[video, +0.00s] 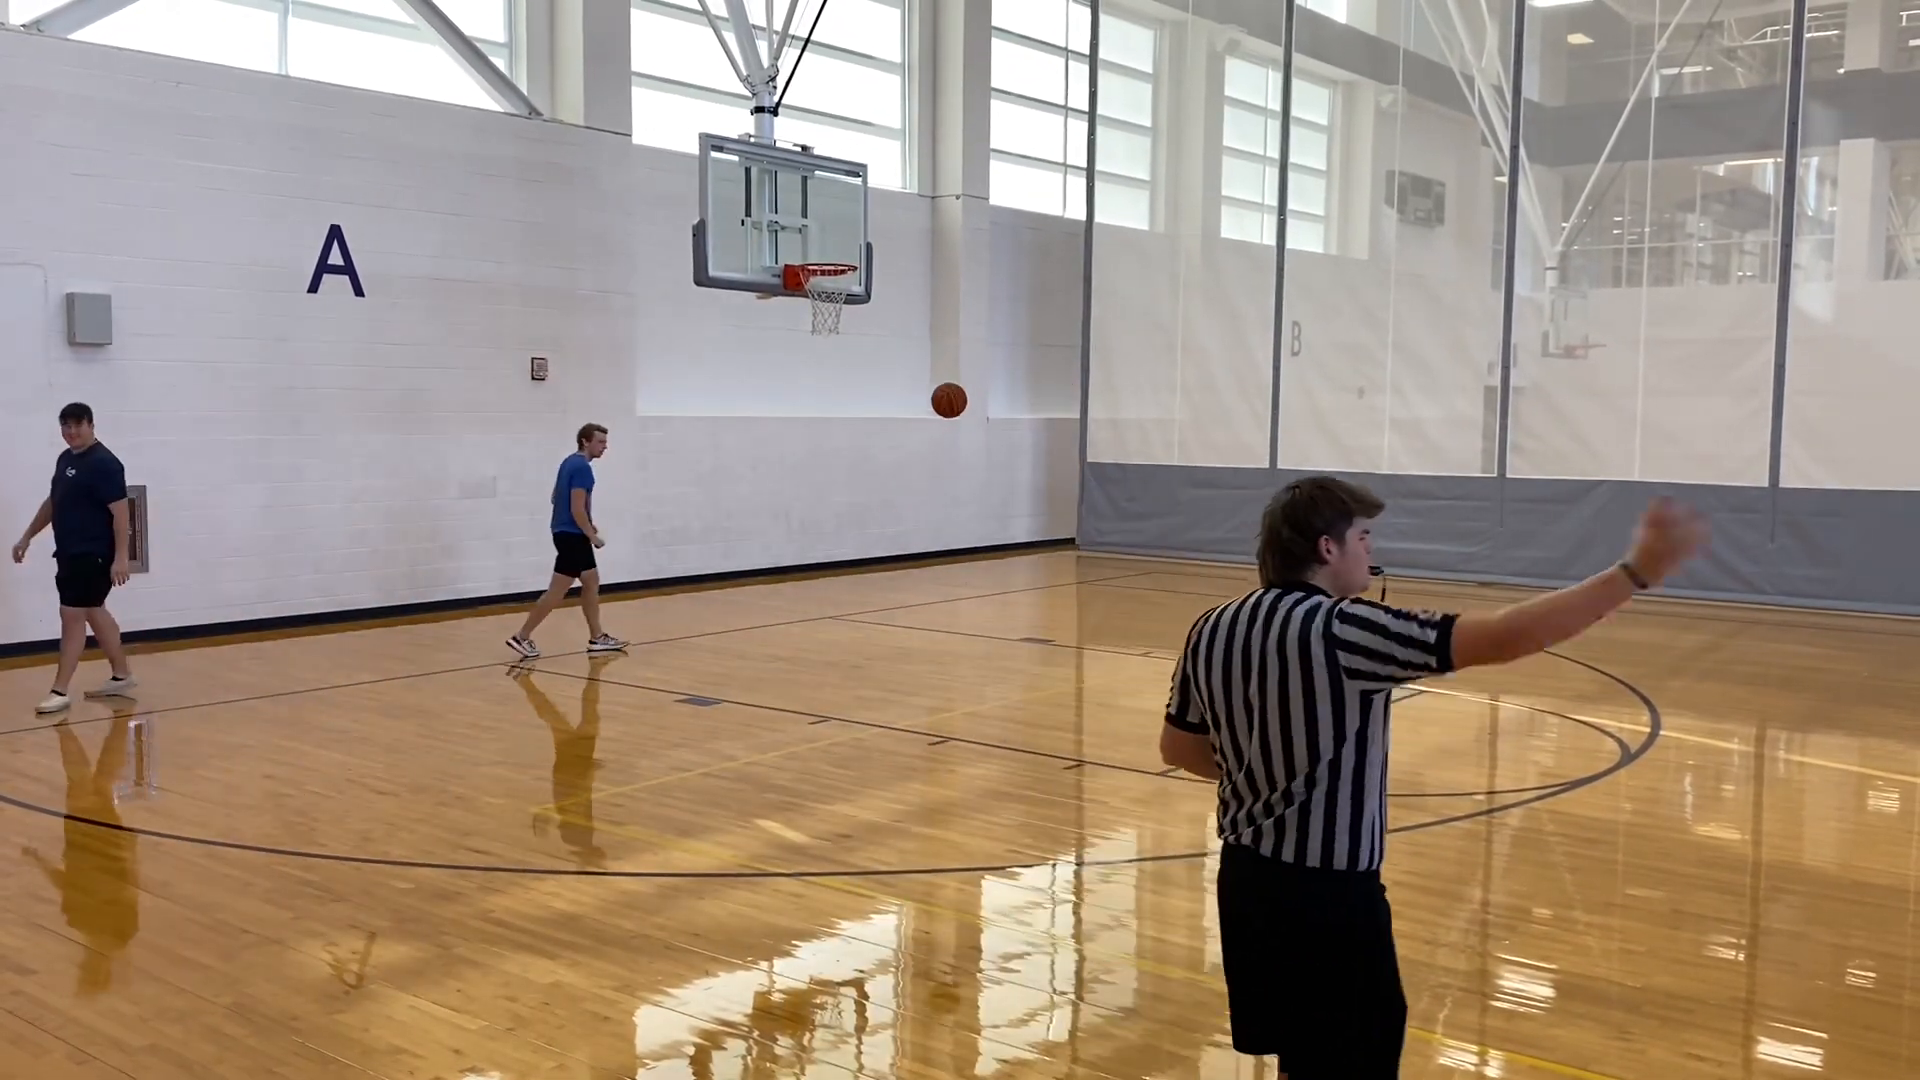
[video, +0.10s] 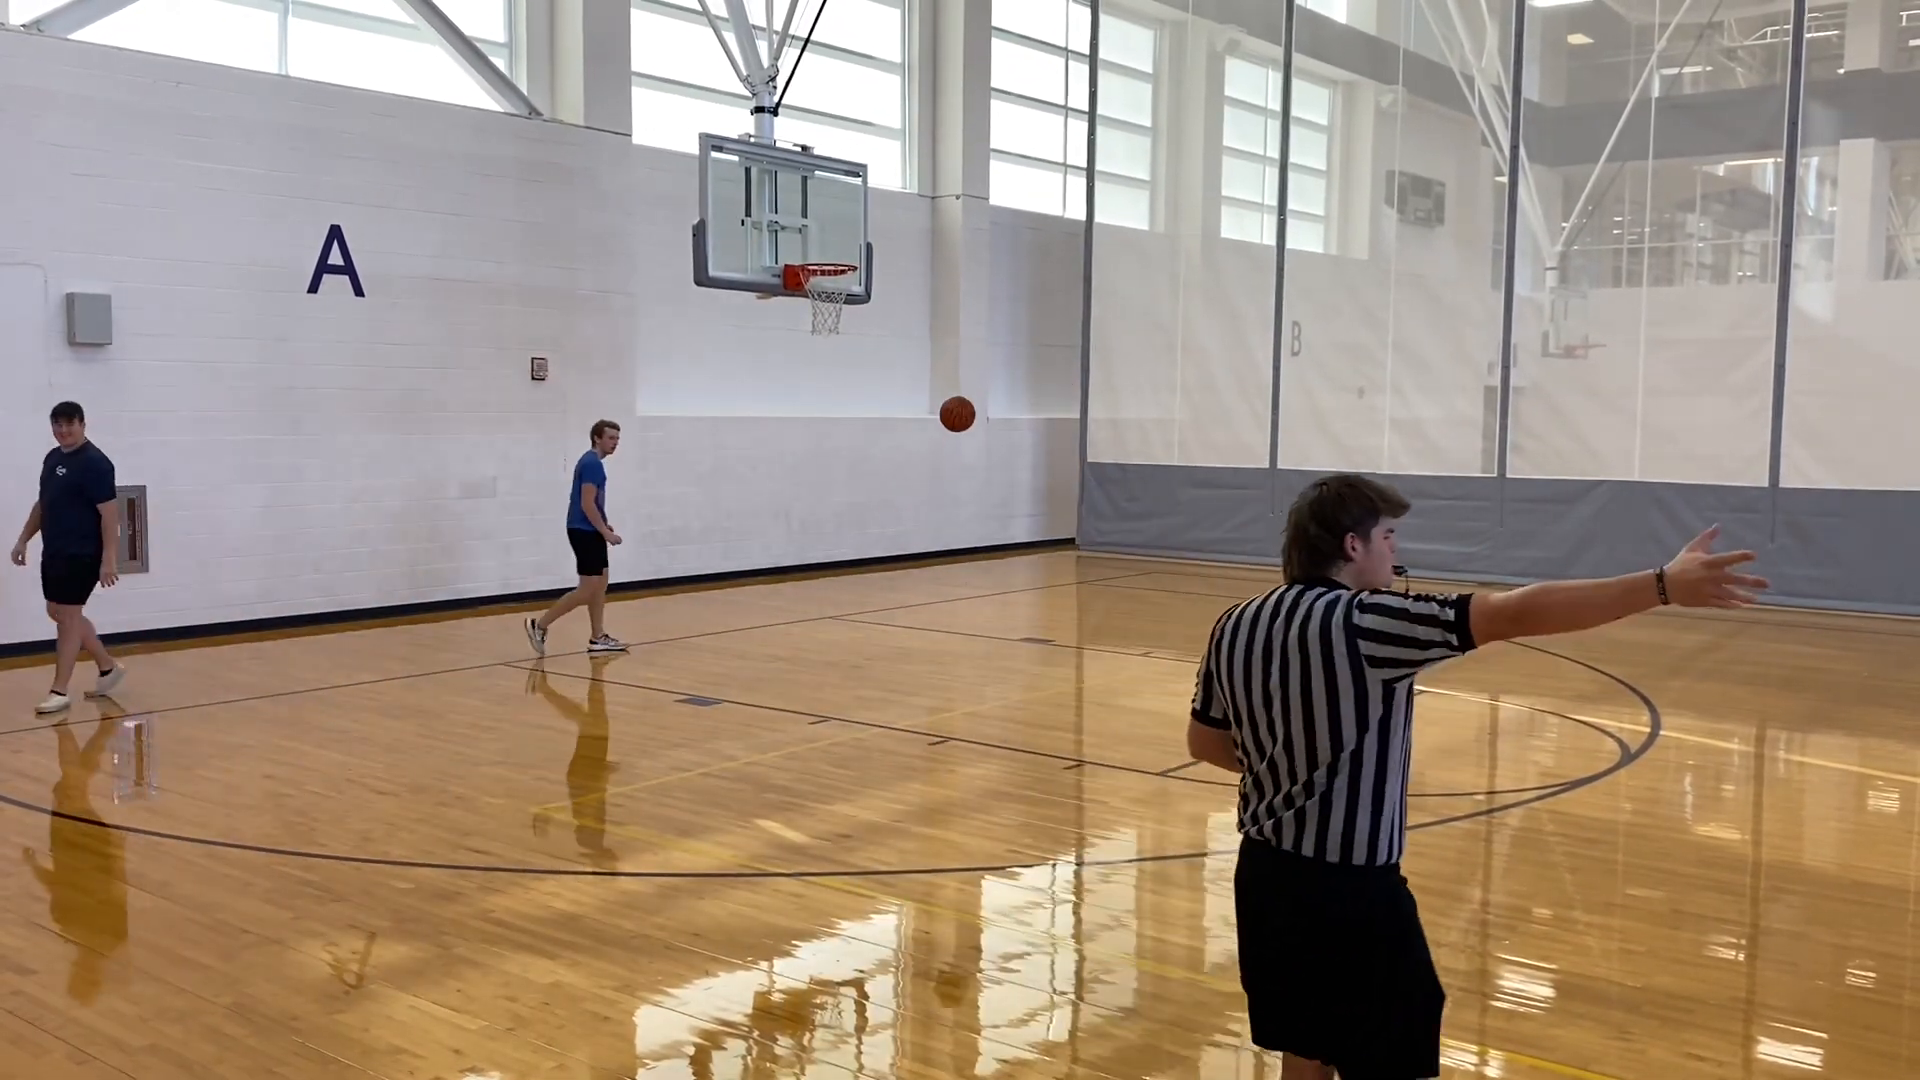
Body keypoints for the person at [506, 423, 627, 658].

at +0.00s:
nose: (604, 447)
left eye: (605, 442)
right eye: (601, 442)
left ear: (586, 444)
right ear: (585, 442)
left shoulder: (569, 463)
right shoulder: (582, 467)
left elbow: (556, 498)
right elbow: (577, 509)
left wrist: (587, 524)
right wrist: (593, 536)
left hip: (566, 533)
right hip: (573, 535)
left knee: (591, 582)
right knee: (556, 591)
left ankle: (598, 637)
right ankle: (521, 637)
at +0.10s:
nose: (615, 443)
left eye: (617, 439)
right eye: (611, 438)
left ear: (607, 441)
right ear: (597, 439)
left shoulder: (594, 462)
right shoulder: (591, 463)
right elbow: (587, 504)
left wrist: (605, 525)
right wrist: (605, 531)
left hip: (592, 530)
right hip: (584, 530)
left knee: (600, 581)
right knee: (588, 589)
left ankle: (598, 637)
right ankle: (539, 626)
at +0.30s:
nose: (637, 438)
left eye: (639, 434)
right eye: (632, 434)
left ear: (638, 437)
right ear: (619, 434)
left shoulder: (627, 460)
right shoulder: (608, 461)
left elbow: (623, 496)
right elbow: (601, 501)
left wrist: (638, 515)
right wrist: (623, 527)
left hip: (617, 526)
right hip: (609, 527)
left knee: (608, 578)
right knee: (635, 578)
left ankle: (599, 632)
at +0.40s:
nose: (648, 440)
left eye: (650, 436)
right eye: (644, 435)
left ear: (651, 438)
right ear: (631, 436)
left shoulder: (641, 462)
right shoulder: (619, 463)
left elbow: (640, 495)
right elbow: (609, 502)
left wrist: (660, 514)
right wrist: (630, 530)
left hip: (629, 528)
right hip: (622, 529)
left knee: (612, 580)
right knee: (646, 578)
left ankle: (599, 633)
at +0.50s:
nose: (661, 444)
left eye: (663, 440)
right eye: (657, 439)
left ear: (663, 442)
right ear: (644, 440)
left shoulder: (654, 465)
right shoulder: (632, 467)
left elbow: (657, 498)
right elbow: (621, 506)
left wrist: (679, 516)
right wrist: (638, 536)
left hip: (644, 533)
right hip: (634, 535)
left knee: (620, 582)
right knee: (656, 584)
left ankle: (601, 632)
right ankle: (679, 635)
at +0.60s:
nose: (675, 445)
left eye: (678, 441)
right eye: (671, 440)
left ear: (678, 443)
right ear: (658, 442)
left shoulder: (670, 467)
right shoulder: (646, 469)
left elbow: (670, 500)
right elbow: (635, 508)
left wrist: (693, 518)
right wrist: (649, 540)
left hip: (660, 533)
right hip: (651, 535)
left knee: (639, 582)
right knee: (672, 584)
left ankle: (606, 628)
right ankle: (687, 638)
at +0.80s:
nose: (700, 441)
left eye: (703, 437)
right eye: (696, 436)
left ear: (704, 440)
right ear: (684, 438)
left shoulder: (698, 463)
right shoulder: (673, 466)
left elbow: (697, 500)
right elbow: (665, 508)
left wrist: (709, 526)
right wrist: (677, 538)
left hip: (693, 529)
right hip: (676, 530)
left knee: (703, 581)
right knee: (687, 583)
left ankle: (658, 612)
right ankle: (689, 638)